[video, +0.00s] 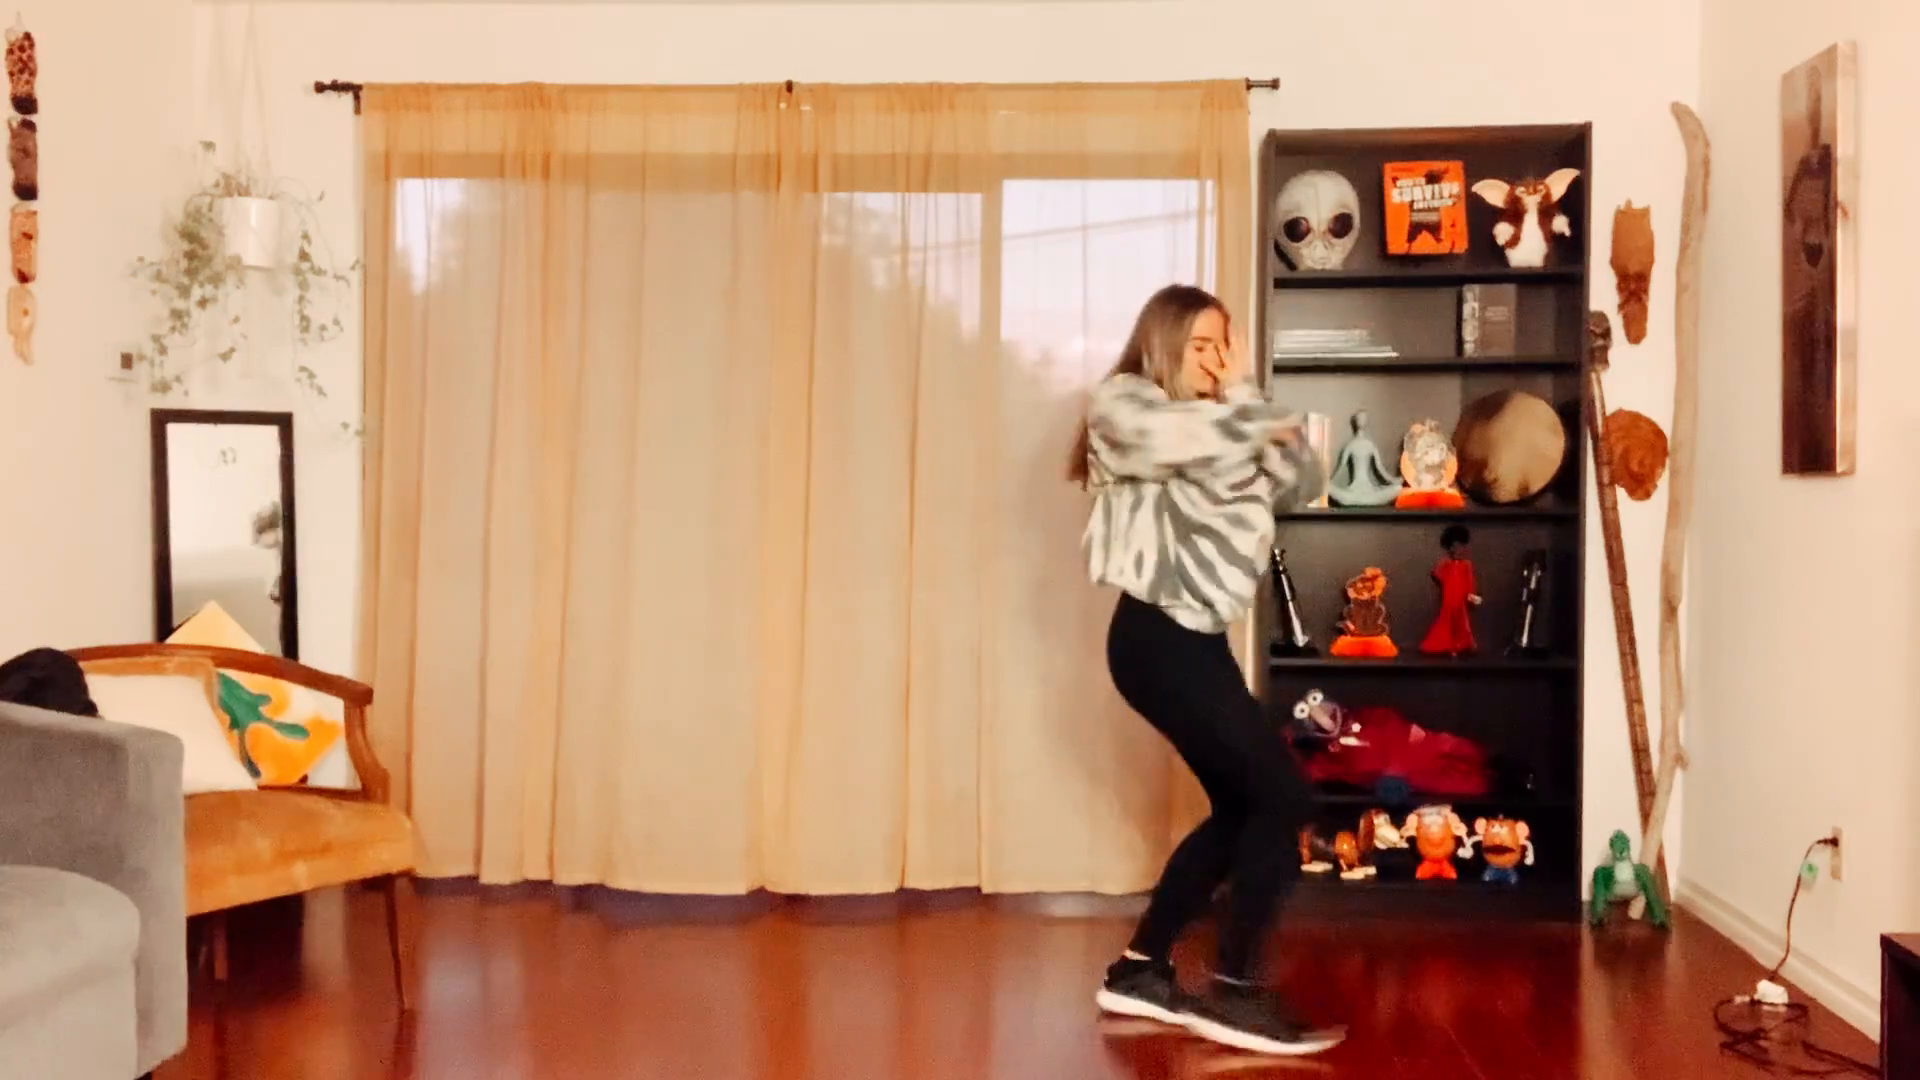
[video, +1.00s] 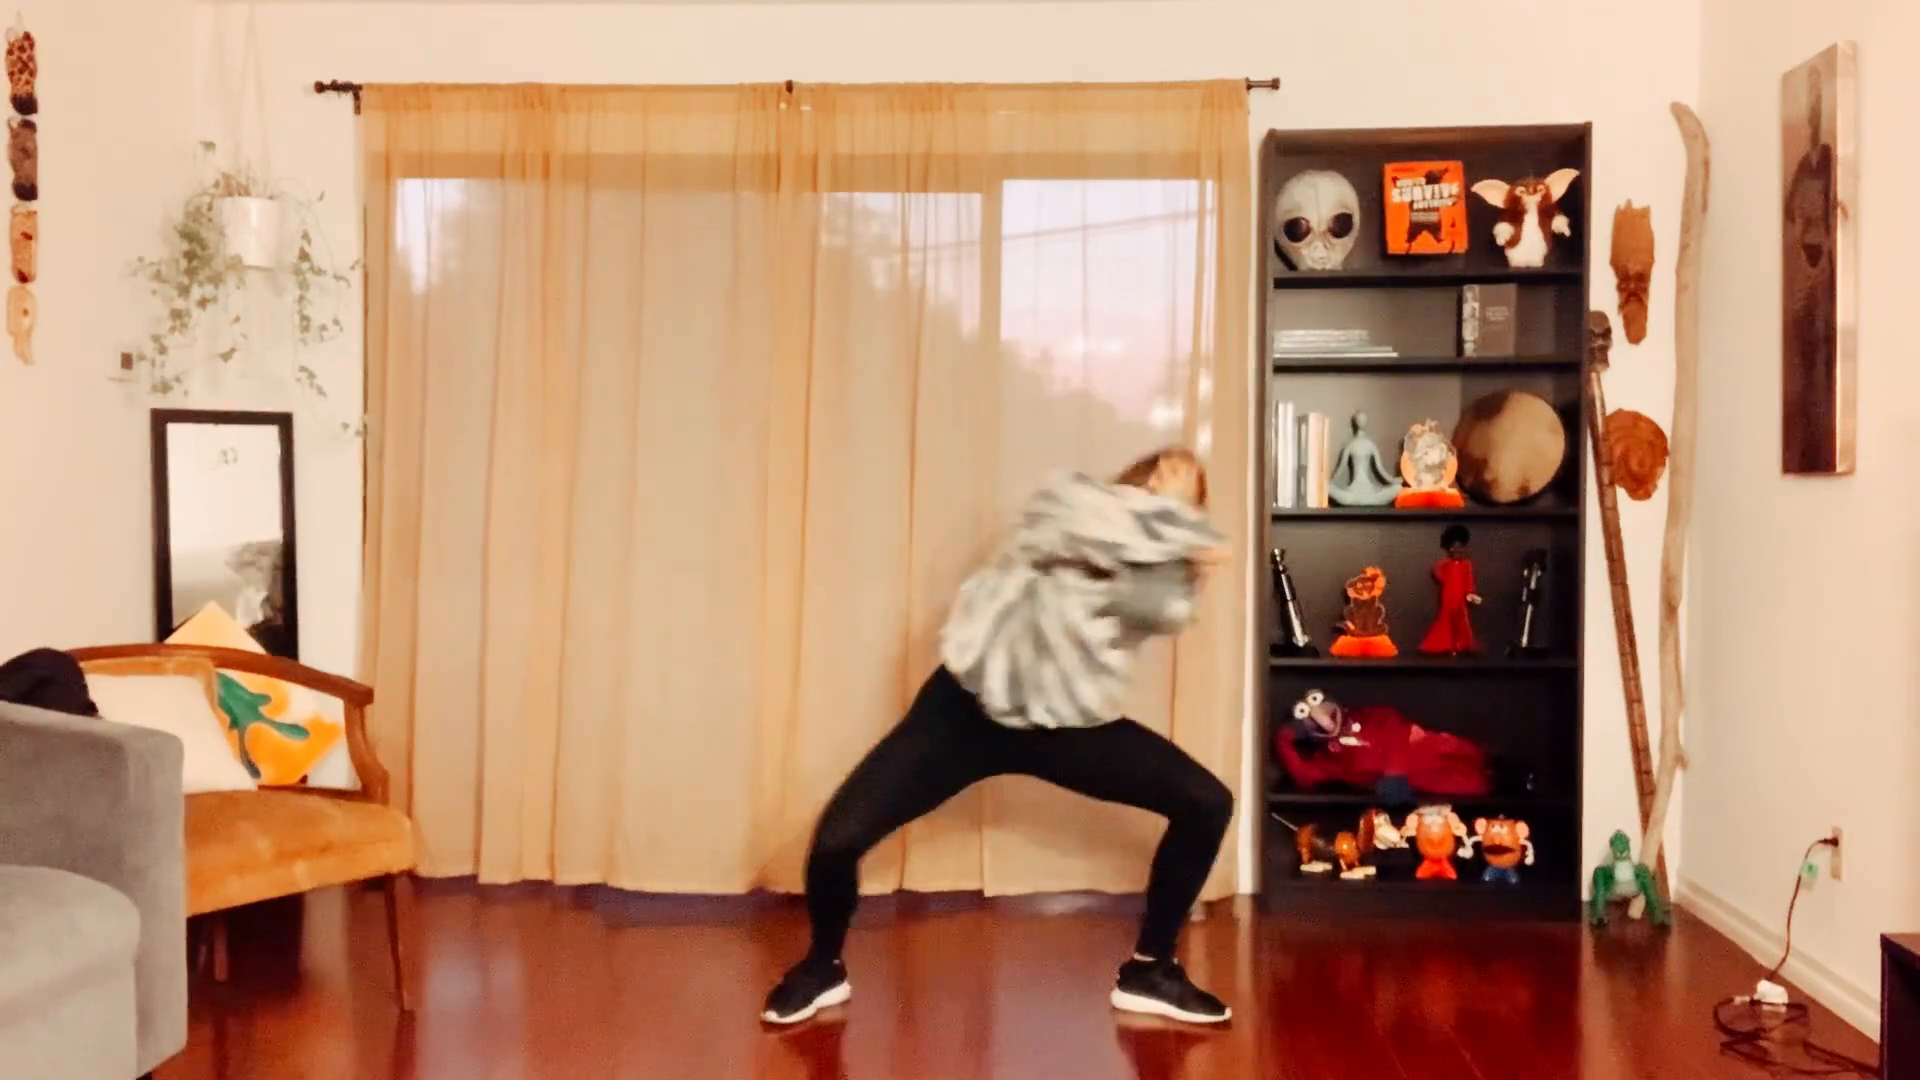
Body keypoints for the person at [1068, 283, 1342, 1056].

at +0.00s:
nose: (1220, 361)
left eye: (1225, 348)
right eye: (1205, 346)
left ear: (1225, 356)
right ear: (1161, 346)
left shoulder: (1217, 419)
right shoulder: (1122, 406)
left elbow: (1278, 490)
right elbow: (1180, 437)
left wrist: (1296, 453)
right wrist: (1251, 411)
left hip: (1197, 639)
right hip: (1157, 639)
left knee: (1243, 808)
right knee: (1278, 798)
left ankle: (1141, 967)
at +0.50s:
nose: (1248, 324)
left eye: (1251, 308)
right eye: (1238, 306)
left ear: (1215, 308)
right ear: (1202, 304)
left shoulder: (1207, 379)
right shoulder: (1151, 374)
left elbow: (1271, 425)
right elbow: (1252, 430)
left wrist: (1258, 363)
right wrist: (1337, 398)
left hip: (1177, 601)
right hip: (1126, 601)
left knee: (1201, 780)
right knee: (1189, 781)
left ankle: (1159, 968)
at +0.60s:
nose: (1252, 316)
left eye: (1250, 302)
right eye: (1241, 300)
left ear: (1189, 303)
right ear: (1206, 302)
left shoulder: (1206, 378)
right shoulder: (1159, 367)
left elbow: (1281, 429)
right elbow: (1285, 405)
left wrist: (1257, 350)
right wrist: (1339, 376)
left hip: (1156, 603)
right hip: (1097, 595)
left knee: (1187, 784)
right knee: (1115, 788)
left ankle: (1151, 960)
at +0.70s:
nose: (1238, 342)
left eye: (1237, 328)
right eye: (1226, 328)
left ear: (1206, 328)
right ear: (1185, 329)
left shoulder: (1208, 397)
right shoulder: (1149, 392)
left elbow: (1287, 413)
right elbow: (1245, 431)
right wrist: (1323, 414)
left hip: (1134, 626)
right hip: (1070, 610)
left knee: (1196, 790)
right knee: (1040, 801)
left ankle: (1147, 968)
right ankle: (924, 946)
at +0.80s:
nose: (1222, 388)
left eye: (1219, 373)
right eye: (1209, 374)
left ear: (1177, 382)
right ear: (1169, 379)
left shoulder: (1191, 448)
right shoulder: (1134, 439)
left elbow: (1249, 491)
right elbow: (1234, 501)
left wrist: (1239, 424)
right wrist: (1302, 462)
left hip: (1116, 664)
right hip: (1048, 642)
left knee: (1217, 802)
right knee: (960, 820)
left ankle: (1150, 969)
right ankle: (839, 965)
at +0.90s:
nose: (1203, 444)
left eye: (1207, 431)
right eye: (1191, 428)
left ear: (1199, 440)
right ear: (1151, 432)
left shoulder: (1189, 511)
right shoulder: (1104, 477)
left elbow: (1225, 587)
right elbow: (1205, 540)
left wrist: (1235, 516)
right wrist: (1242, 497)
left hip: (1097, 701)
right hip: (1009, 679)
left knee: (1220, 805)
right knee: (891, 833)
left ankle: (1151, 969)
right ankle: (823, 966)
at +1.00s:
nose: (1170, 493)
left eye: (1186, 489)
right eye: (1160, 479)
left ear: (1197, 513)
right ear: (1130, 481)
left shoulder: (1169, 573)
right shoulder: (1066, 498)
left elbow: (1147, 608)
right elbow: (1099, 533)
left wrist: (1160, 525)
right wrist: (1174, 537)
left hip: (1067, 725)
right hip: (965, 710)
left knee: (1205, 802)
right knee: (835, 840)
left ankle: (1150, 970)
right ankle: (823, 967)